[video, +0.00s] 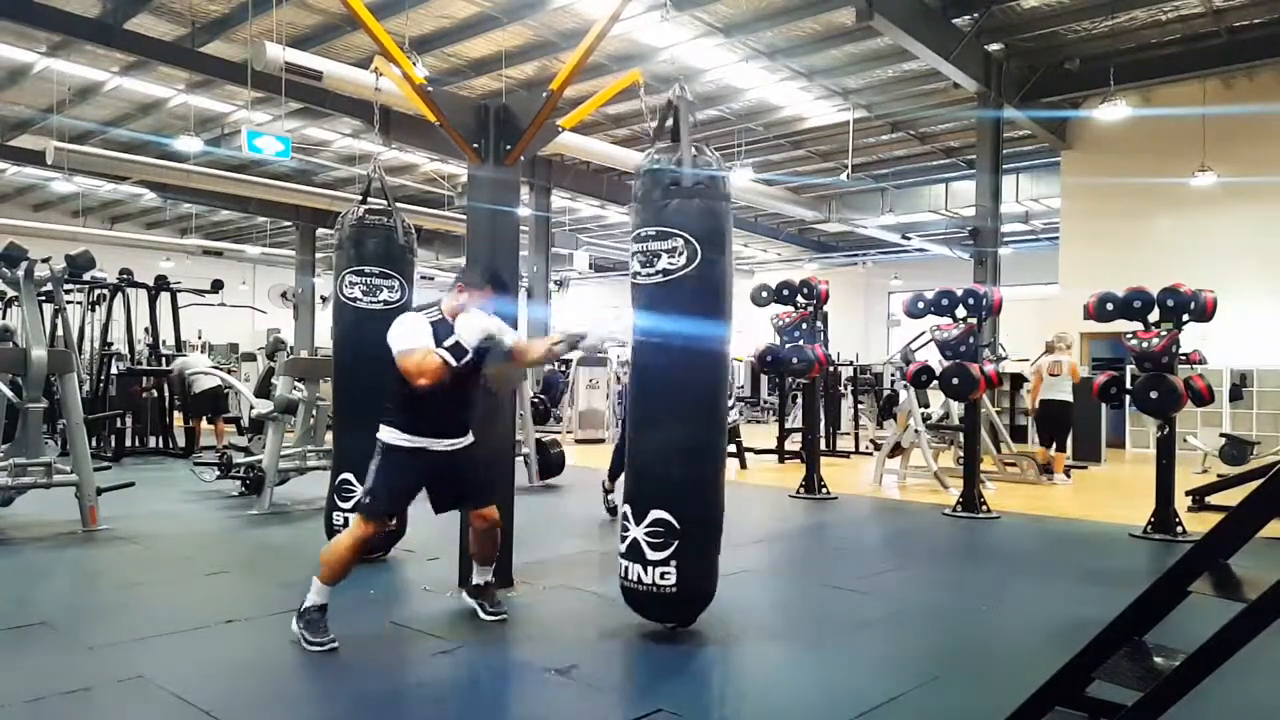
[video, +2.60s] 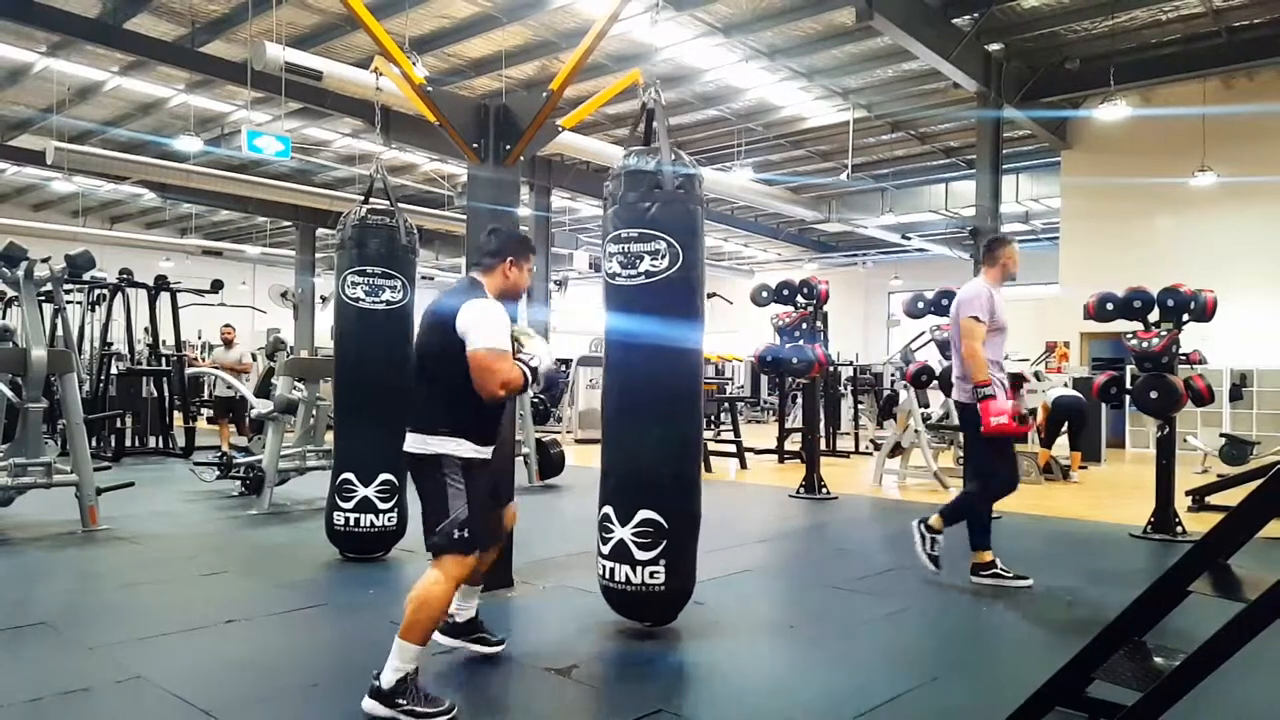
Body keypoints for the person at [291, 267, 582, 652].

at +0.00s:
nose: (486, 309)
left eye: (490, 304)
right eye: (482, 301)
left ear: (487, 300)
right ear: (461, 291)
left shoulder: (482, 324)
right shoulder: (410, 324)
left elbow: (525, 351)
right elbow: (422, 374)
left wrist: (556, 343)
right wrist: (465, 341)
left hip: (456, 448)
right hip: (402, 448)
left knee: (487, 520)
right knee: (366, 529)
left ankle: (481, 586)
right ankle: (312, 608)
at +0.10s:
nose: (472, 317)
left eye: (474, 308)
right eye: (467, 306)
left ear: (448, 299)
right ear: (441, 295)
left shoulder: (455, 339)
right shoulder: (388, 328)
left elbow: (459, 388)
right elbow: (393, 384)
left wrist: (487, 383)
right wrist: (446, 364)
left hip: (438, 451)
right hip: (383, 453)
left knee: (478, 522)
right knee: (348, 540)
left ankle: (479, 583)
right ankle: (306, 614)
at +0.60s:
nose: (490, 303)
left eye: (493, 295)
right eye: (488, 293)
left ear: (469, 287)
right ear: (463, 283)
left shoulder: (467, 326)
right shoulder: (421, 310)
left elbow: (470, 378)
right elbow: (402, 355)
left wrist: (512, 367)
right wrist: (458, 370)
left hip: (445, 442)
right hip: (400, 440)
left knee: (474, 520)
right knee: (366, 530)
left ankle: (482, 608)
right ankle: (316, 605)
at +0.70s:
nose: (508, 308)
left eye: (510, 300)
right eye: (505, 298)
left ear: (491, 292)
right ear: (486, 288)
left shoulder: (481, 322)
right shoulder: (456, 305)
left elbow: (458, 369)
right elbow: (480, 335)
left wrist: (490, 384)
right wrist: (526, 339)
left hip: (462, 442)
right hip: (418, 441)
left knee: (486, 522)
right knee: (383, 532)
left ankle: (484, 609)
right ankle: (323, 601)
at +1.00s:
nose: (534, 312)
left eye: (539, 305)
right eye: (535, 302)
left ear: (517, 292)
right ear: (515, 287)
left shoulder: (497, 326)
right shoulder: (469, 314)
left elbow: (497, 380)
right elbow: (485, 379)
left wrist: (537, 372)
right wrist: (524, 347)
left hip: (482, 442)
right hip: (439, 437)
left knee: (496, 525)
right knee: (430, 534)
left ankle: (484, 610)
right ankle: (373, 644)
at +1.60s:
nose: (514, 269)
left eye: (514, 259)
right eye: (512, 259)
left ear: (473, 252)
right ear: (493, 254)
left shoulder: (437, 292)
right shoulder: (476, 297)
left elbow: (456, 368)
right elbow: (490, 370)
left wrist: (512, 366)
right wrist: (527, 370)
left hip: (442, 440)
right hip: (444, 445)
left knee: (496, 522)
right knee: (432, 563)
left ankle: (438, 622)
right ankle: (379, 684)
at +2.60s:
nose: (526, 284)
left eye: (528, 274)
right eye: (526, 273)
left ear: (494, 264)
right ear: (508, 266)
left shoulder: (455, 300)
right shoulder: (482, 308)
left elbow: (473, 375)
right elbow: (495, 383)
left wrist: (514, 362)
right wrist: (528, 366)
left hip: (461, 449)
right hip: (449, 450)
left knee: (499, 520)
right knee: (455, 562)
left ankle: (459, 617)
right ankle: (392, 683)